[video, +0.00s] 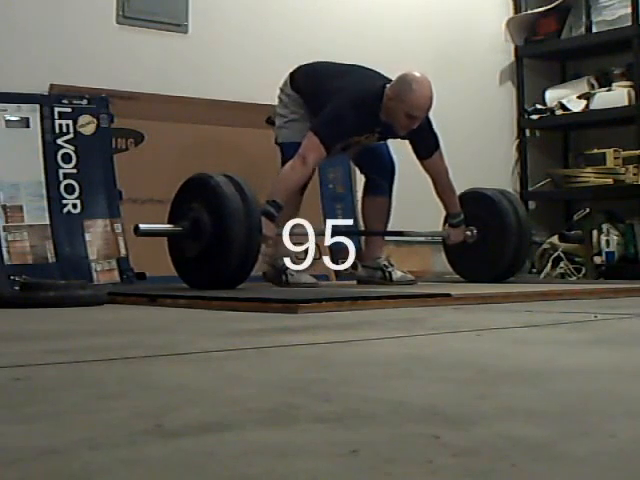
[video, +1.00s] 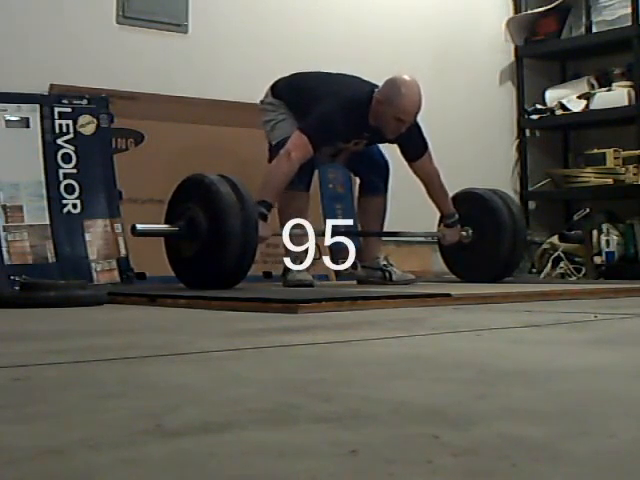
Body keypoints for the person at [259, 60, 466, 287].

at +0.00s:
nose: (414, 126)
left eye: (420, 120)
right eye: (410, 117)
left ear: (426, 112)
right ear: (389, 101)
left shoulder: (415, 116)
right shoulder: (353, 106)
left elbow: (438, 169)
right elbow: (303, 161)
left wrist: (456, 218)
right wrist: (269, 214)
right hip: (300, 101)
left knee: (382, 169)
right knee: (299, 175)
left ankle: (372, 262)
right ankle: (275, 260)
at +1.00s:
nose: (403, 129)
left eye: (409, 123)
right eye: (398, 120)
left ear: (414, 114)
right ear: (377, 104)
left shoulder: (404, 120)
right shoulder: (340, 109)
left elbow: (426, 169)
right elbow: (291, 155)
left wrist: (450, 217)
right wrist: (261, 211)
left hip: (332, 122)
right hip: (284, 107)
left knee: (376, 167)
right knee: (298, 166)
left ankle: (370, 262)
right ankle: (296, 265)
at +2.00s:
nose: (406, 121)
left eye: (411, 114)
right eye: (401, 112)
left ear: (416, 107)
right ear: (380, 97)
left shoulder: (404, 121)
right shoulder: (341, 107)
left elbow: (424, 171)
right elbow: (294, 160)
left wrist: (446, 217)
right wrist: (260, 212)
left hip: (329, 126)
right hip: (282, 113)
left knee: (376, 167)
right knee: (297, 169)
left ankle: (371, 263)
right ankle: (296, 266)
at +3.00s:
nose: (406, 122)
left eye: (412, 115)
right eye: (401, 112)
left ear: (416, 111)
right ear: (378, 97)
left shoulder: (405, 123)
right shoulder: (342, 109)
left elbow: (426, 173)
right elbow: (295, 162)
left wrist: (447, 219)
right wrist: (259, 213)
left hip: (331, 110)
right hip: (284, 100)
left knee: (362, 169)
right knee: (300, 169)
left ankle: (370, 262)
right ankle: (295, 264)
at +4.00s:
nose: (397, 66)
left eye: (399, 60)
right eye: (387, 58)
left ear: (400, 70)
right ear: (362, 69)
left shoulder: (398, 122)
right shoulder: (332, 107)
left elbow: (425, 170)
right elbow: (293, 157)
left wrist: (447, 215)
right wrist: (264, 212)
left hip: (355, 193)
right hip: (310, 189)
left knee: (411, 181)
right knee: (316, 174)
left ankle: (376, 262)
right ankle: (295, 264)